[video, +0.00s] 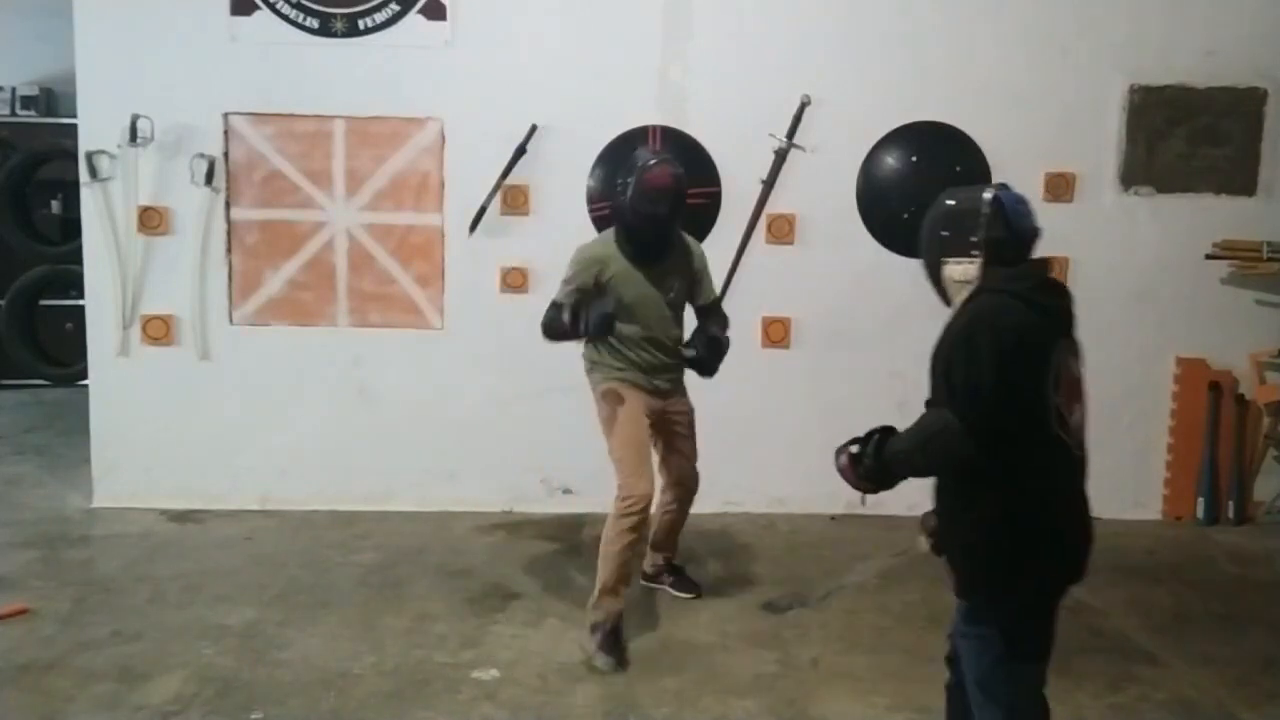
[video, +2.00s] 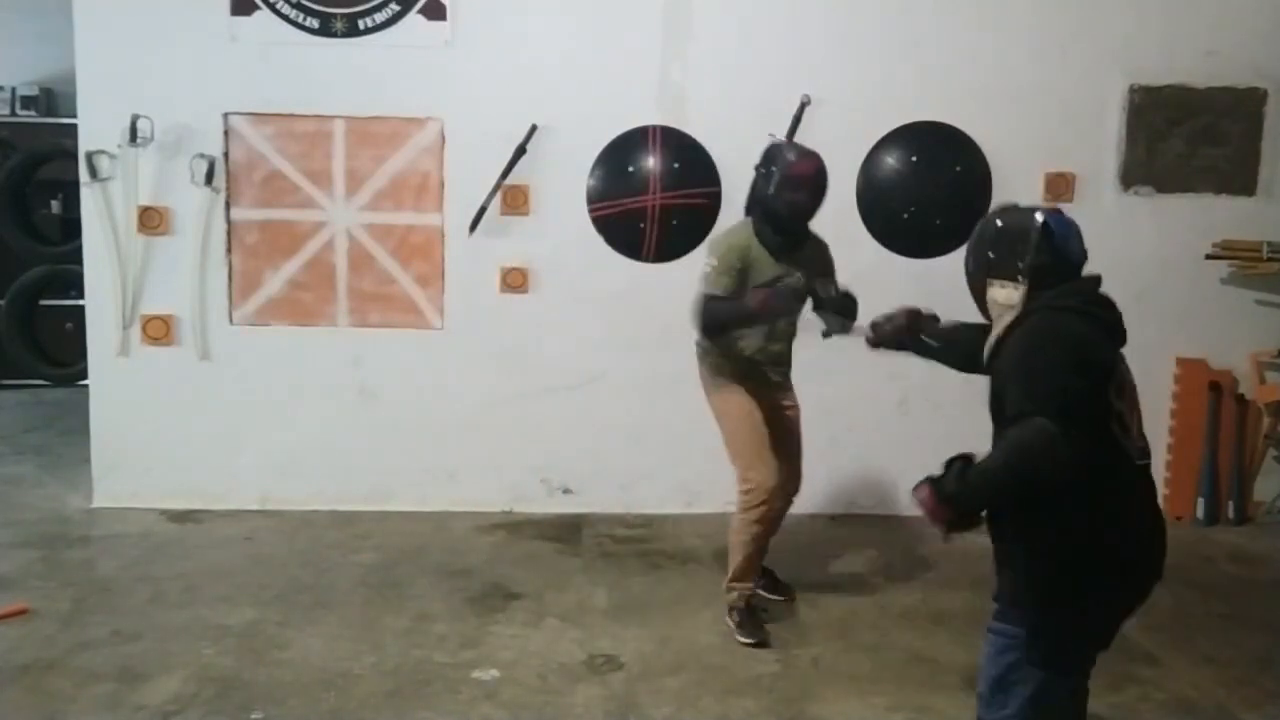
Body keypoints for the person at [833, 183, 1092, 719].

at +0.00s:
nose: (936, 268)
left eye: (942, 253)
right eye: (938, 254)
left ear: (965, 253)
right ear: (1008, 248)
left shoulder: (988, 319)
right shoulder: (1035, 304)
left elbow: (959, 429)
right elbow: (1025, 439)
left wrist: (880, 461)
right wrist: (959, 512)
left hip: (1005, 552)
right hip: (1035, 539)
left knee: (999, 692)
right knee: (974, 668)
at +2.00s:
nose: (981, 294)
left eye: (984, 280)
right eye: (981, 280)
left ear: (1009, 277)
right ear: (1049, 271)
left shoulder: (1043, 339)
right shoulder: (1069, 321)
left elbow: (1040, 443)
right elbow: (995, 350)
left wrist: (959, 492)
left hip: (1062, 568)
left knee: (1011, 698)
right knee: (1052, 694)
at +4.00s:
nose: (1012, 254)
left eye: (1018, 242)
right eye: (1015, 241)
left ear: (1035, 246)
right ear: (1092, 245)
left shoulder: (1020, 327)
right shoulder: (1129, 323)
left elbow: (989, 440)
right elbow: (1068, 402)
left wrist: (964, 510)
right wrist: (972, 395)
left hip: (1026, 542)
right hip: (1110, 539)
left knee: (972, 686)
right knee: (1060, 676)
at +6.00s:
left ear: (875, 228)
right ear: (947, 232)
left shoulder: (845, 303)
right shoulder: (968, 307)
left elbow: (806, 383)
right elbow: (980, 369)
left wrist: (799, 449)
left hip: (854, 482)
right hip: (939, 483)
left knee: (821, 610)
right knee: (942, 591)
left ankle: (800, 709)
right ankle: (951, 695)